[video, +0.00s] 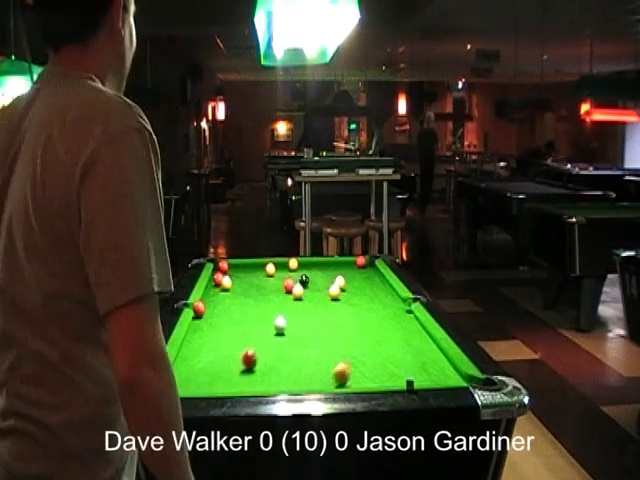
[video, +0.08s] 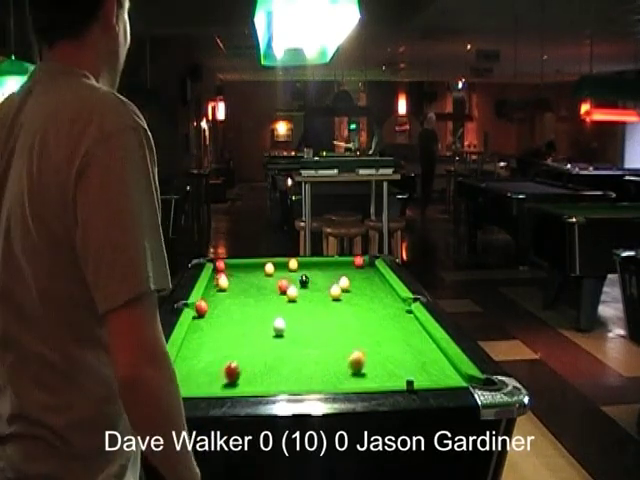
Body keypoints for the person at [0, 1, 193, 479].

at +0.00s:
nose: (136, 36)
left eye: (135, 18)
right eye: (135, 16)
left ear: (46, 24)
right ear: (120, 15)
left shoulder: (10, 119)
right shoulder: (112, 127)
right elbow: (138, 365)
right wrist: (176, 471)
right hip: (77, 454)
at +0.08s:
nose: (129, 33)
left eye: (128, 17)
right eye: (128, 16)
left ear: (41, 23)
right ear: (114, 13)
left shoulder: (8, 114)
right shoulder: (105, 122)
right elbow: (138, 359)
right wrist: (184, 470)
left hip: (11, 443)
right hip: (83, 454)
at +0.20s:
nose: (120, 27)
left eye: (119, 11)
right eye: (119, 10)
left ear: (36, 19)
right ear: (103, 11)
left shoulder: (9, 110)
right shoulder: (98, 121)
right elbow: (141, 356)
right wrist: (190, 467)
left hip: (9, 446)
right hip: (86, 454)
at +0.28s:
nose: (116, 28)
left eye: (115, 12)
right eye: (115, 11)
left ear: (31, 21)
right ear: (97, 12)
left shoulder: (8, 110)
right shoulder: (96, 120)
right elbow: (142, 354)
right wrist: (192, 465)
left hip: (9, 446)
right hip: (88, 454)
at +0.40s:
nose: (113, 28)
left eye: (113, 12)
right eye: (112, 11)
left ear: (29, 21)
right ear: (94, 12)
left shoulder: (10, 109)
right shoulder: (95, 120)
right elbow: (142, 352)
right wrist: (197, 467)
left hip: (13, 448)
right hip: (91, 455)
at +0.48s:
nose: (115, 28)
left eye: (114, 12)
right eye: (114, 11)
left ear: (30, 21)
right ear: (95, 12)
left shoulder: (11, 109)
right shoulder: (96, 119)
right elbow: (141, 352)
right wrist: (198, 467)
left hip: (14, 449)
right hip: (90, 455)